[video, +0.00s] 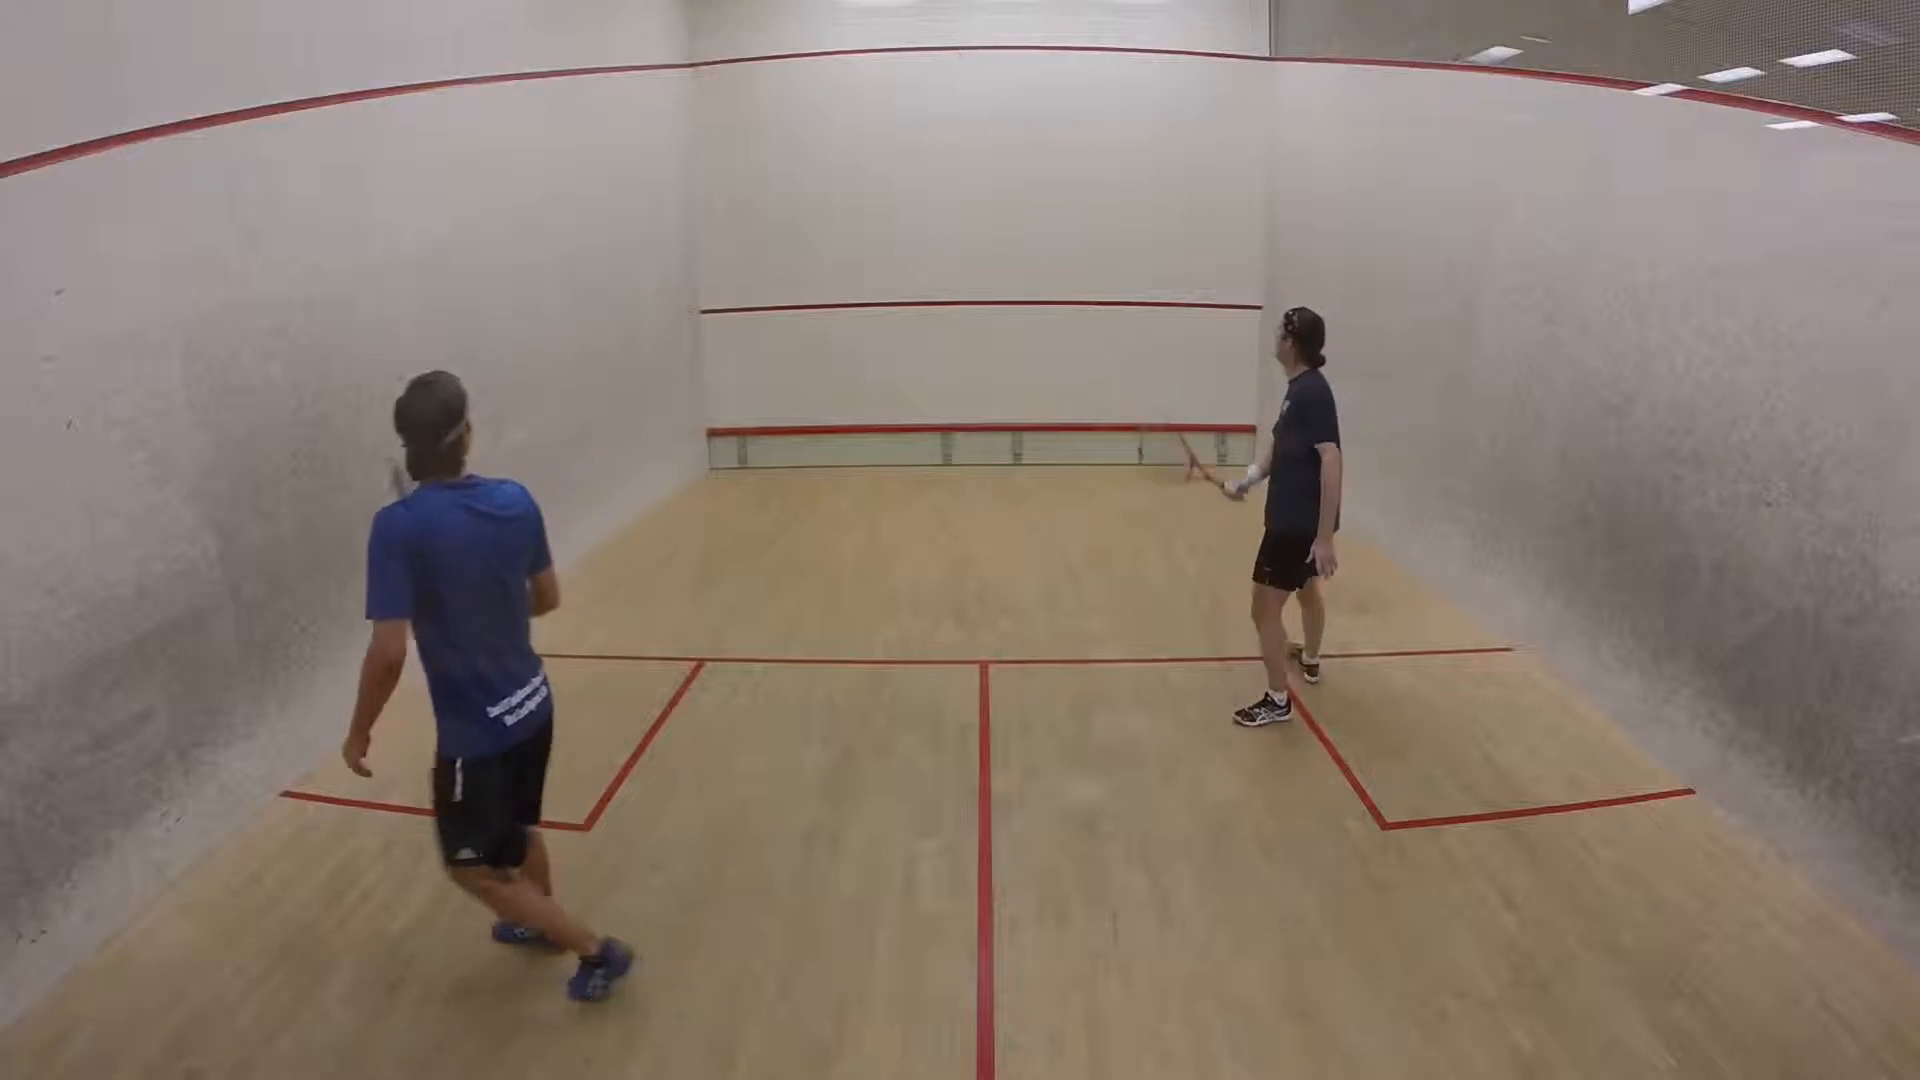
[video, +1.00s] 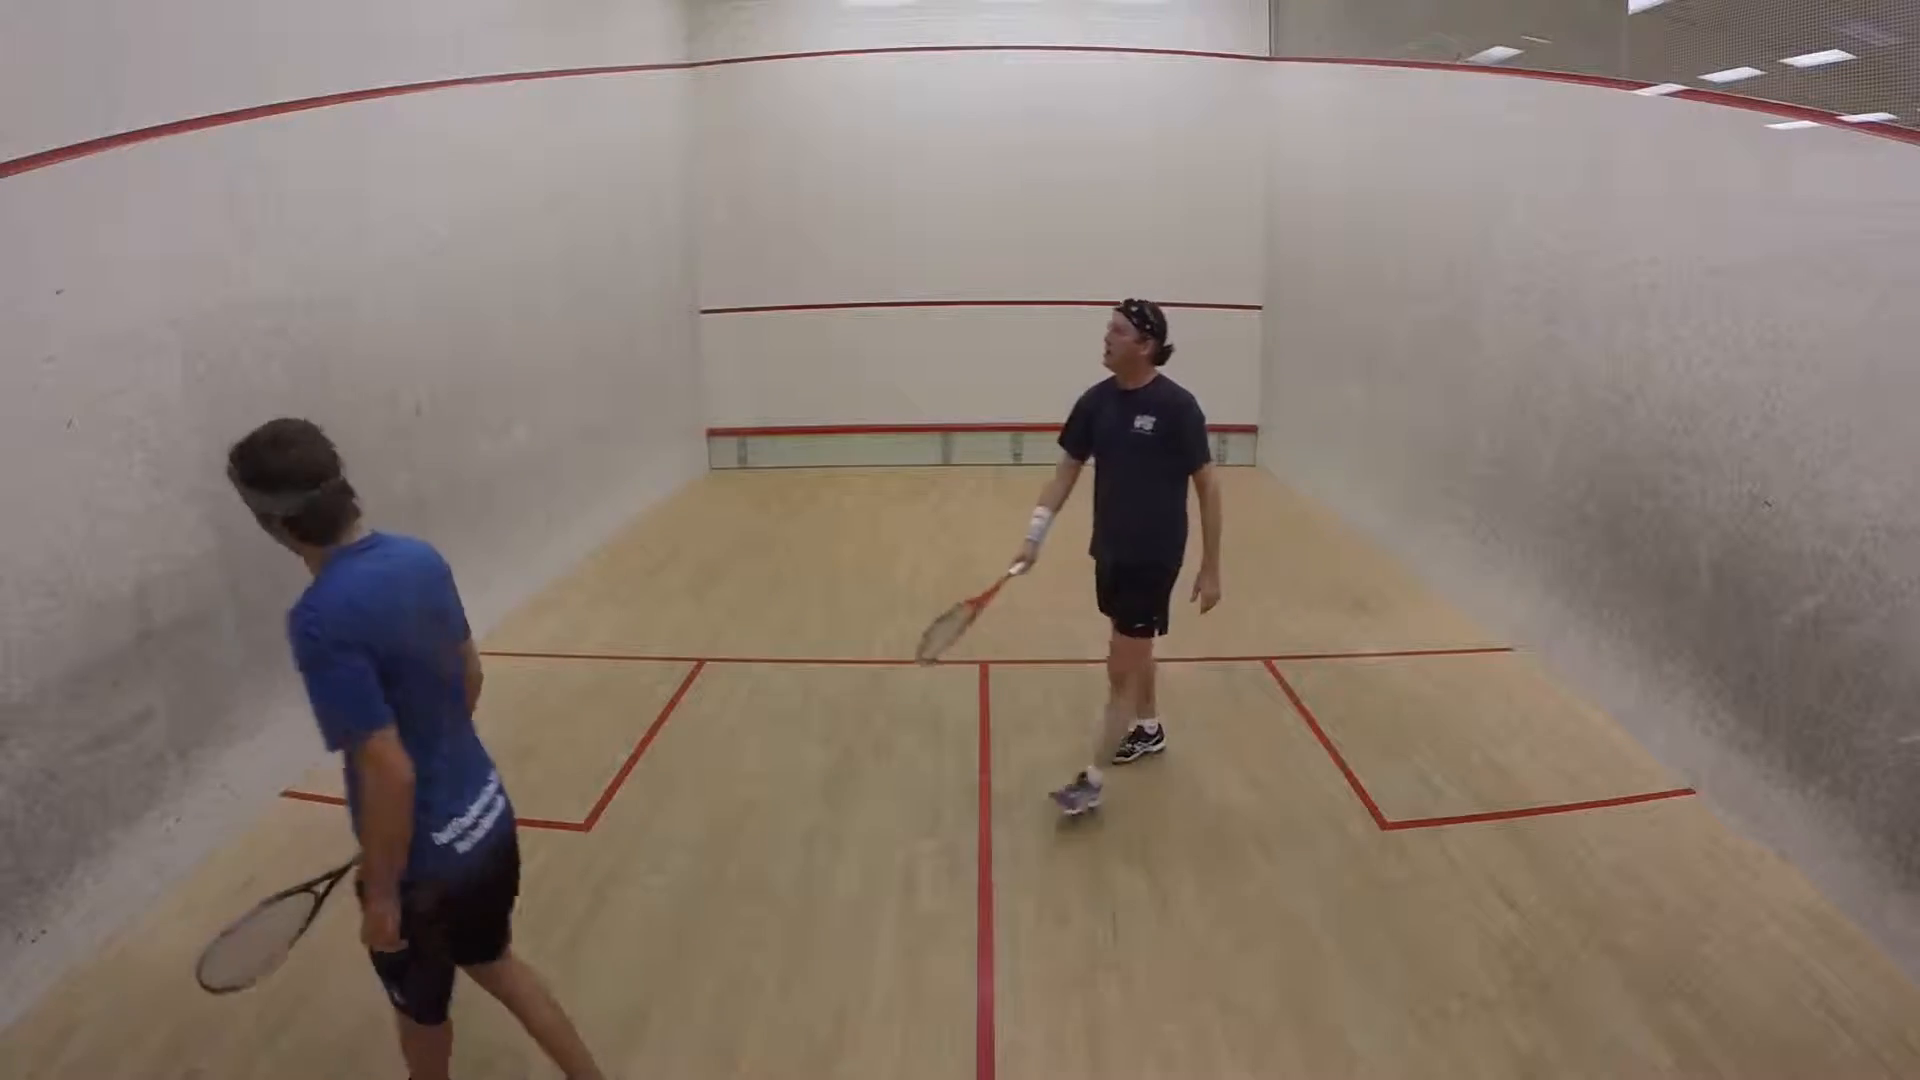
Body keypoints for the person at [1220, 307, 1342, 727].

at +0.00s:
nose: (1275, 344)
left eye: (1279, 337)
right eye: (1278, 337)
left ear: (1291, 342)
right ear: (1305, 343)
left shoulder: (1311, 392)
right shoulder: (1300, 389)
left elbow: (1331, 460)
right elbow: (1278, 447)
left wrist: (1325, 536)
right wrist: (1246, 482)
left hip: (1291, 522)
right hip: (1301, 518)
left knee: (1264, 610)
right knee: (1308, 591)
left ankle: (1278, 699)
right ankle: (1310, 660)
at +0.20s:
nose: (1248, 334)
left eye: (1254, 330)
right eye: (1250, 328)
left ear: (1272, 338)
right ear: (1272, 339)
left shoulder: (1301, 390)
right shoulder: (1263, 388)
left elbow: (1313, 471)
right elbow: (1257, 458)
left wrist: (1289, 539)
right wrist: (1241, 507)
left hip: (1292, 520)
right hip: (1260, 514)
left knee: (1280, 608)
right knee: (1240, 590)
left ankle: (1281, 699)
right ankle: (1256, 672)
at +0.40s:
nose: (1218, 336)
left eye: (1226, 332)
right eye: (1222, 330)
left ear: (1248, 346)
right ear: (1245, 346)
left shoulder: (1279, 401)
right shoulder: (1225, 394)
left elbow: (1285, 482)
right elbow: (1228, 471)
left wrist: (1246, 548)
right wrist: (1215, 532)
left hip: (1272, 529)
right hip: (1229, 521)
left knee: (1274, 620)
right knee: (1196, 609)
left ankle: (1280, 698)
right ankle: (1176, 708)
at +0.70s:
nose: (1161, 331)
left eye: (1172, 327)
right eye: (1165, 324)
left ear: (1197, 343)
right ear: (1183, 343)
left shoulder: (1229, 401)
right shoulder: (1158, 395)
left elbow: (1247, 483)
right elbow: (1152, 465)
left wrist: (1230, 559)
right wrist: (1148, 523)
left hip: (1206, 540)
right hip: (1159, 531)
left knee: (1197, 646)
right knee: (1146, 629)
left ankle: (1245, 683)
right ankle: (1149, 726)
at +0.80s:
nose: (1143, 329)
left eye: (1154, 325)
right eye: (1146, 322)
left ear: (1181, 340)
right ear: (1166, 339)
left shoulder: (1213, 398)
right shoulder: (1137, 391)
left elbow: (1235, 478)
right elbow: (1123, 461)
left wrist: (1229, 557)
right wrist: (1106, 524)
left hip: (1191, 539)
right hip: (1143, 531)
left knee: (1162, 645)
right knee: (1140, 631)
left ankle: (1203, 696)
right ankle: (1148, 726)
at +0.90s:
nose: (1124, 330)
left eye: (1135, 325)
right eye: (1127, 322)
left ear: (1164, 340)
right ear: (1147, 339)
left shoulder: (1196, 400)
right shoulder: (1116, 394)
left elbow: (1222, 481)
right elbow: (1094, 462)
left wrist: (1222, 559)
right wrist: (1069, 528)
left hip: (1174, 543)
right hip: (1127, 537)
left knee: (1140, 649)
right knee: (1134, 644)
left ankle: (1153, 738)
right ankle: (1148, 727)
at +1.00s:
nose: (1106, 338)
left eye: (1118, 333)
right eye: (1108, 329)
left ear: (1147, 346)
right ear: (1122, 342)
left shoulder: (1178, 407)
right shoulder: (1096, 401)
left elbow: (1207, 486)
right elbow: (1065, 472)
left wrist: (1210, 567)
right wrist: (1033, 536)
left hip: (1155, 552)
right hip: (1108, 546)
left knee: (1121, 667)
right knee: (1133, 643)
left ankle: (1093, 779)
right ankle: (1147, 726)